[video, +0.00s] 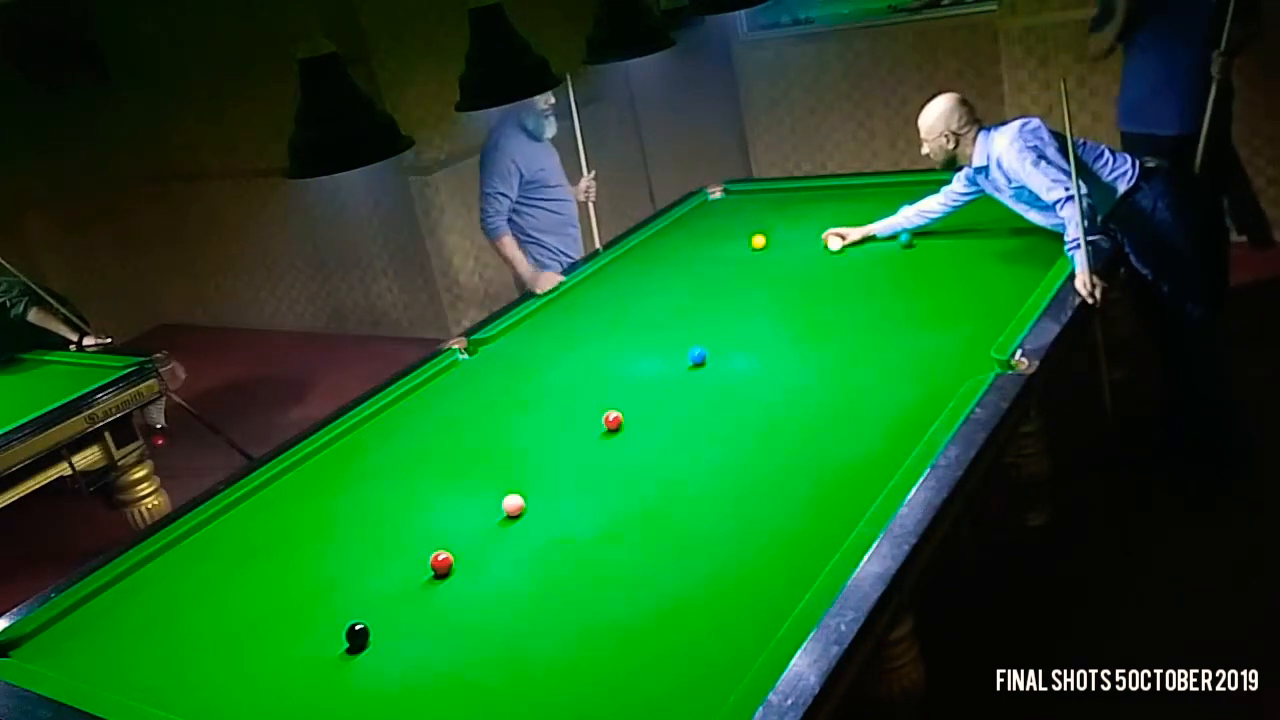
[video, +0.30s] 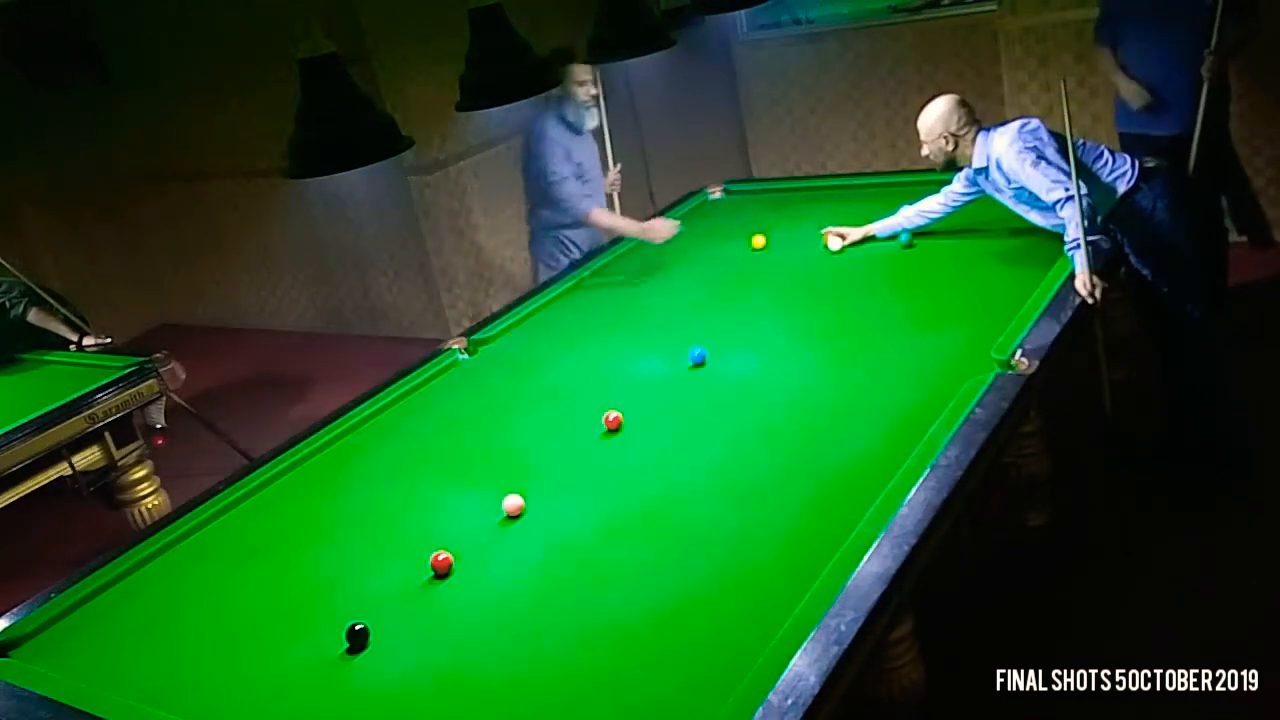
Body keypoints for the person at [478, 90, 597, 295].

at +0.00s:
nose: (551, 101)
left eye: (550, 92)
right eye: (540, 94)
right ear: (517, 102)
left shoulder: (532, 136)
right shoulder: (505, 146)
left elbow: (537, 195)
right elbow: (493, 221)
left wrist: (574, 193)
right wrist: (530, 275)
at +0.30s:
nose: (592, 92)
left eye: (593, 84)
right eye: (581, 85)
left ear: (598, 86)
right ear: (561, 90)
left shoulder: (577, 127)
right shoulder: (548, 133)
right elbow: (569, 202)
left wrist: (601, 184)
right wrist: (642, 230)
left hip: (592, 238)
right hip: (562, 248)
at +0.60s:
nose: (672, 103)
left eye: (673, 94)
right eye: (662, 94)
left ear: (674, 91)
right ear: (634, 95)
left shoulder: (641, 124)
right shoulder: (622, 132)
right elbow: (679, 192)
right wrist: (749, 219)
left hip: (616, 233)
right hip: (582, 243)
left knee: (614, 310)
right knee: (580, 320)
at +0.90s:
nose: (715, 134)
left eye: (717, 124)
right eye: (707, 125)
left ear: (687, 122)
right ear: (680, 123)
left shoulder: (664, 132)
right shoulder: (666, 160)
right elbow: (721, 215)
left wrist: (697, 189)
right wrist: (792, 237)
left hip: (627, 230)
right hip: (587, 241)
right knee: (578, 319)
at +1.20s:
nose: (714, 137)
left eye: (716, 128)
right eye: (705, 129)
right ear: (678, 125)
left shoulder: (662, 135)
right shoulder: (660, 160)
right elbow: (673, 231)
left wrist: (699, 191)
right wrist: (739, 252)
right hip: (587, 237)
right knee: (578, 316)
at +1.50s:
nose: (715, 139)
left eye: (717, 130)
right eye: (707, 130)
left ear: (683, 126)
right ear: (679, 127)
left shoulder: (671, 138)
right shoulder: (658, 160)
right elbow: (698, 229)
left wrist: (698, 186)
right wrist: (762, 245)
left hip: (623, 230)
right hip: (587, 236)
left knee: (613, 310)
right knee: (577, 317)